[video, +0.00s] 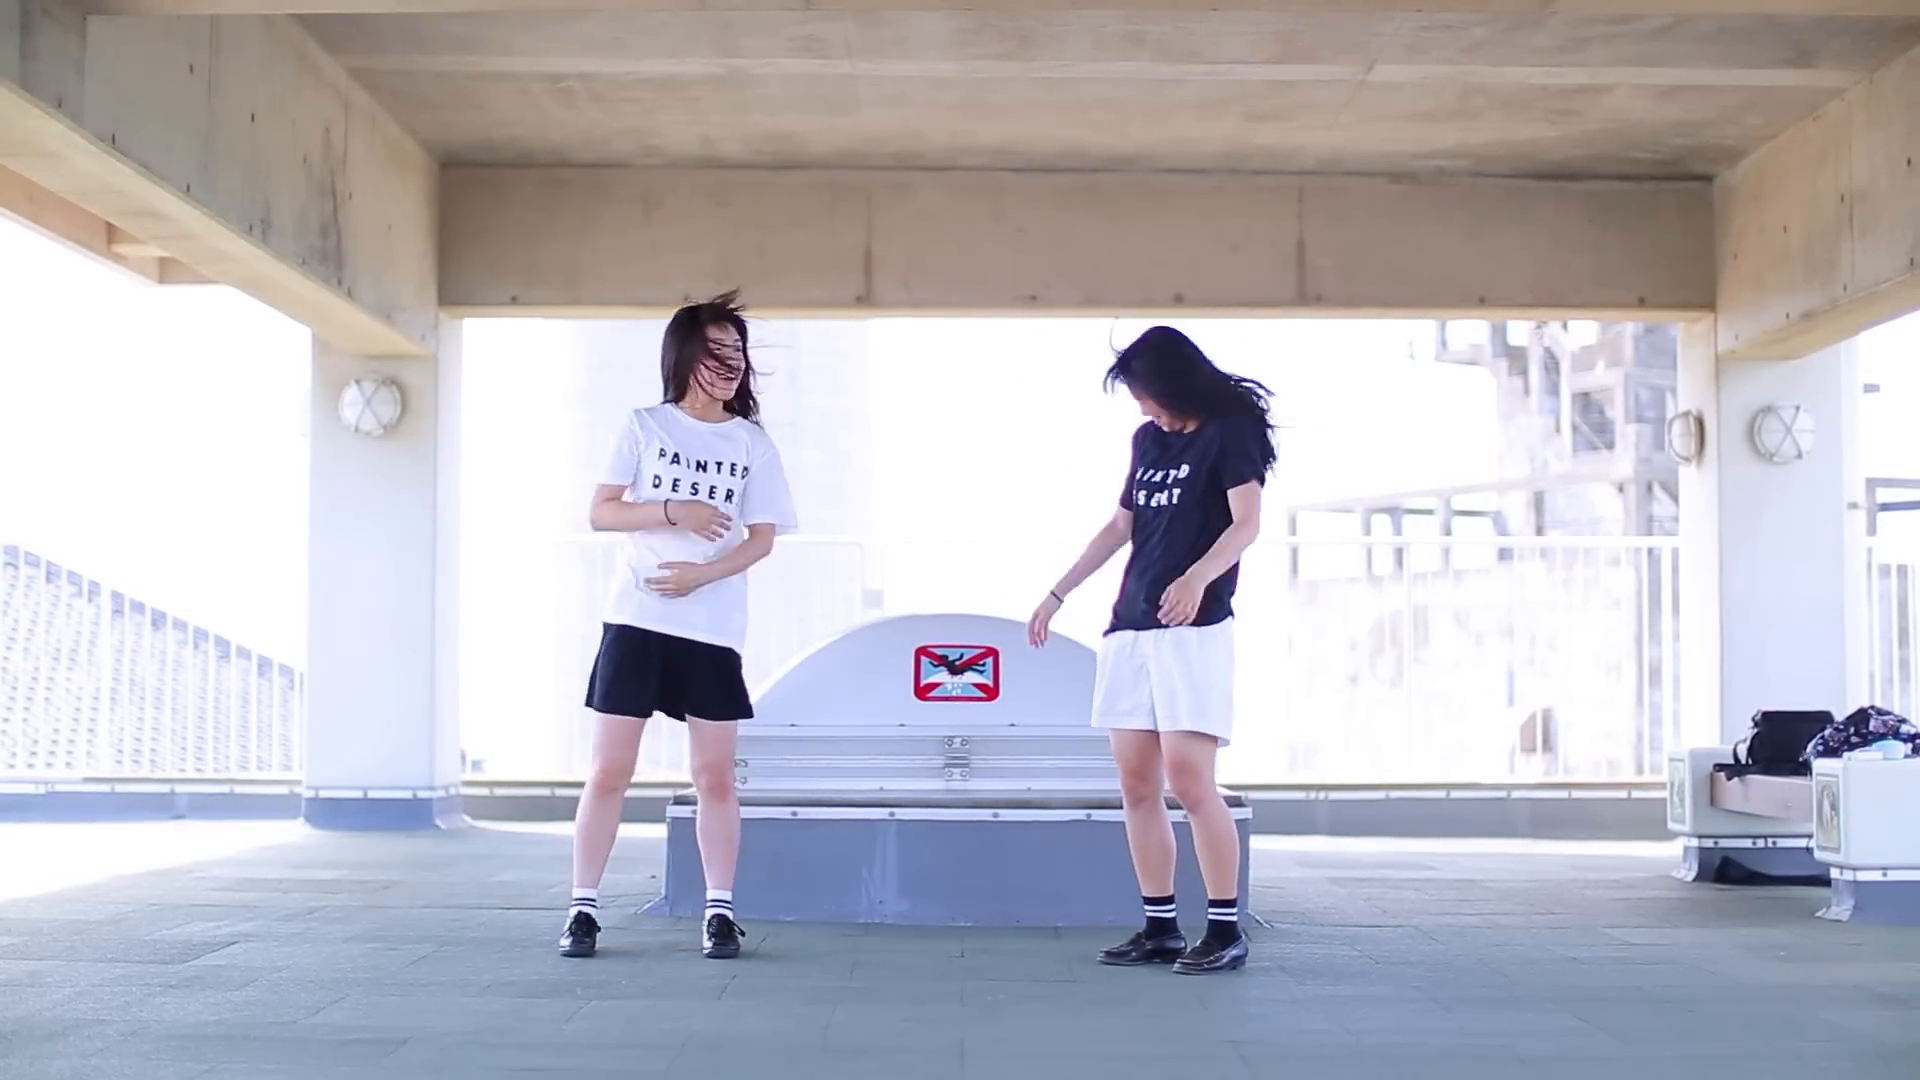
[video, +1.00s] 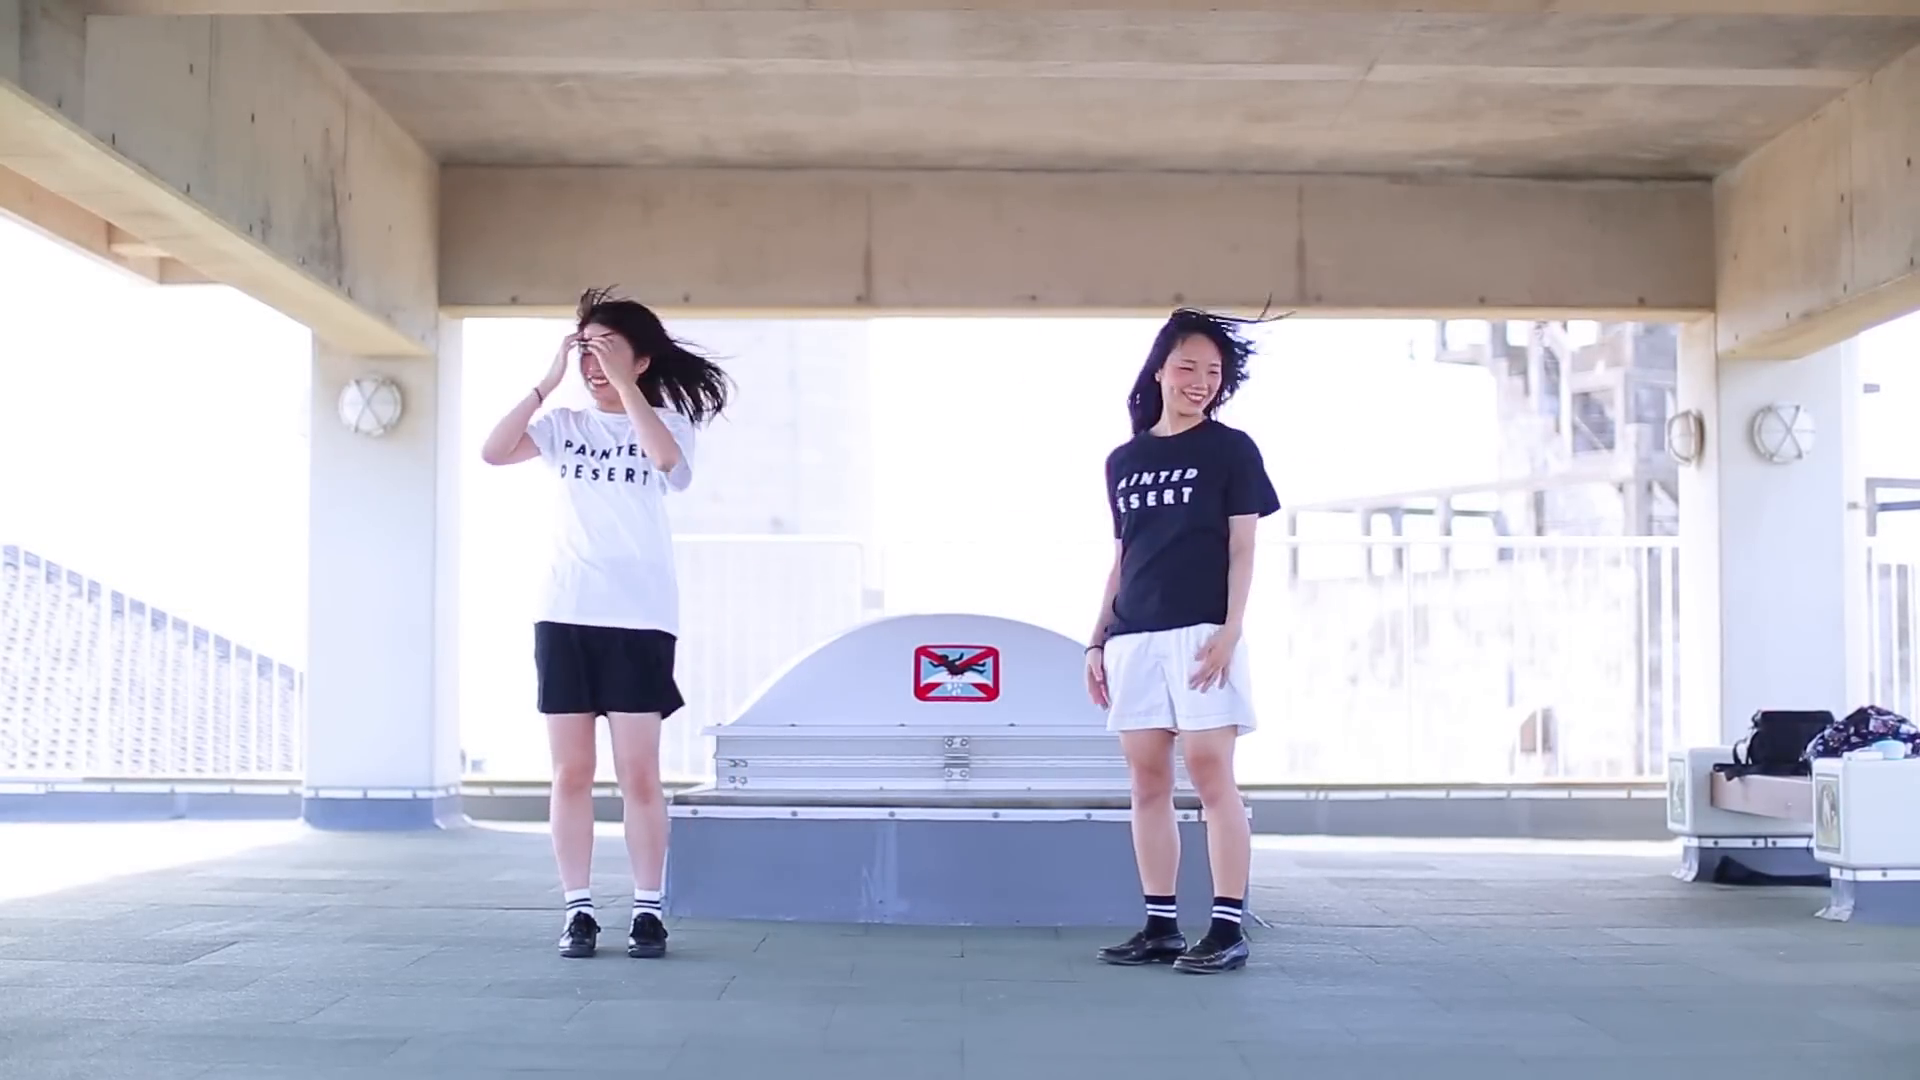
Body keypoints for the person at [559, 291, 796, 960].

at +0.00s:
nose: (726, 363)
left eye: (735, 353)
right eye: (712, 351)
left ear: (746, 361)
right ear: (682, 355)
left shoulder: (753, 441)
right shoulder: (646, 424)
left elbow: (763, 538)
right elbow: (601, 512)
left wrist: (704, 573)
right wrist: (676, 510)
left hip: (712, 630)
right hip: (636, 621)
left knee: (716, 778)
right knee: (609, 774)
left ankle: (719, 911)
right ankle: (583, 908)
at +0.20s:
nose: (671, 358)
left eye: (682, 347)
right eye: (656, 348)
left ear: (700, 356)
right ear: (632, 358)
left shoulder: (724, 438)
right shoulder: (616, 422)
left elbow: (742, 533)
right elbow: (561, 471)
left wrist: (728, 617)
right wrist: (610, 395)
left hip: (688, 630)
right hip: (609, 621)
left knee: (701, 780)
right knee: (594, 774)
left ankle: (718, 910)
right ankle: (581, 909)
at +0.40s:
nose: (594, 366)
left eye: (607, 354)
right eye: (591, 356)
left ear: (649, 360)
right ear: (595, 361)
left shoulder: (694, 442)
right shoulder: (587, 423)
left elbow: (725, 533)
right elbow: (517, 431)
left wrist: (726, 619)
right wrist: (561, 361)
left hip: (655, 630)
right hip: (578, 623)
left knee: (685, 785)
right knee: (576, 775)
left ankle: (713, 910)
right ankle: (578, 911)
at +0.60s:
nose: (598, 361)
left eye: (615, 350)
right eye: (592, 350)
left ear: (644, 364)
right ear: (583, 360)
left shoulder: (667, 434)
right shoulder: (563, 425)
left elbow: (707, 516)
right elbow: (486, 440)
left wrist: (681, 564)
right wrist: (538, 381)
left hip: (640, 622)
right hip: (565, 619)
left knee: (657, 780)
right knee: (570, 774)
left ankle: (672, 905)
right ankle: (579, 909)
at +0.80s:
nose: (579, 355)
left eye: (594, 346)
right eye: (580, 344)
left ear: (632, 363)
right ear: (585, 357)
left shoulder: (667, 430)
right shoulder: (563, 425)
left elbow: (702, 497)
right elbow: (494, 467)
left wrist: (635, 453)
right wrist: (521, 393)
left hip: (637, 621)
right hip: (564, 618)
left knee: (637, 780)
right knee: (571, 774)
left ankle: (648, 907)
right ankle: (577, 910)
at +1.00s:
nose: (593, 363)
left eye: (607, 351)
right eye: (584, 351)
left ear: (644, 359)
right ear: (577, 361)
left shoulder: (667, 420)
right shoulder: (564, 423)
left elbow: (667, 459)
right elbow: (495, 451)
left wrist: (625, 381)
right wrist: (546, 383)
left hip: (641, 620)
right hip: (566, 617)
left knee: (638, 776)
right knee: (572, 774)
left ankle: (647, 908)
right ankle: (577, 910)